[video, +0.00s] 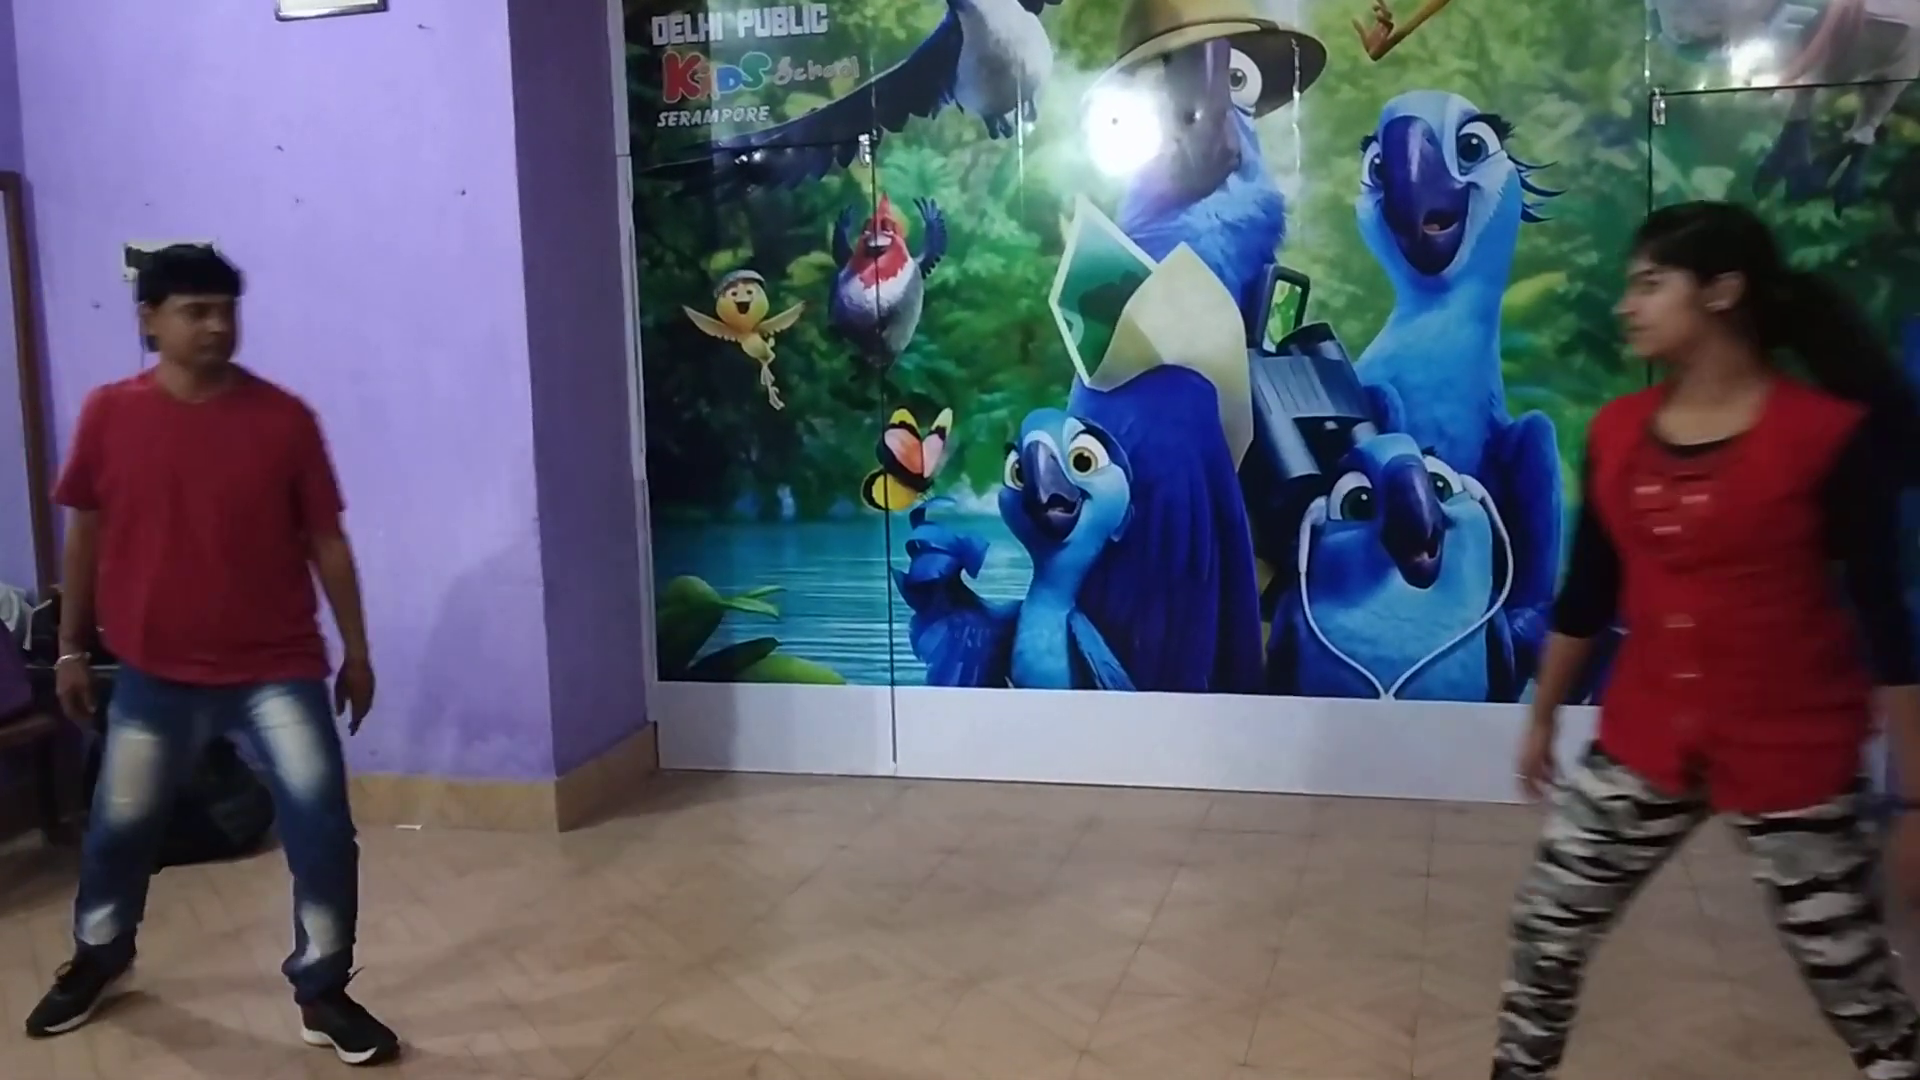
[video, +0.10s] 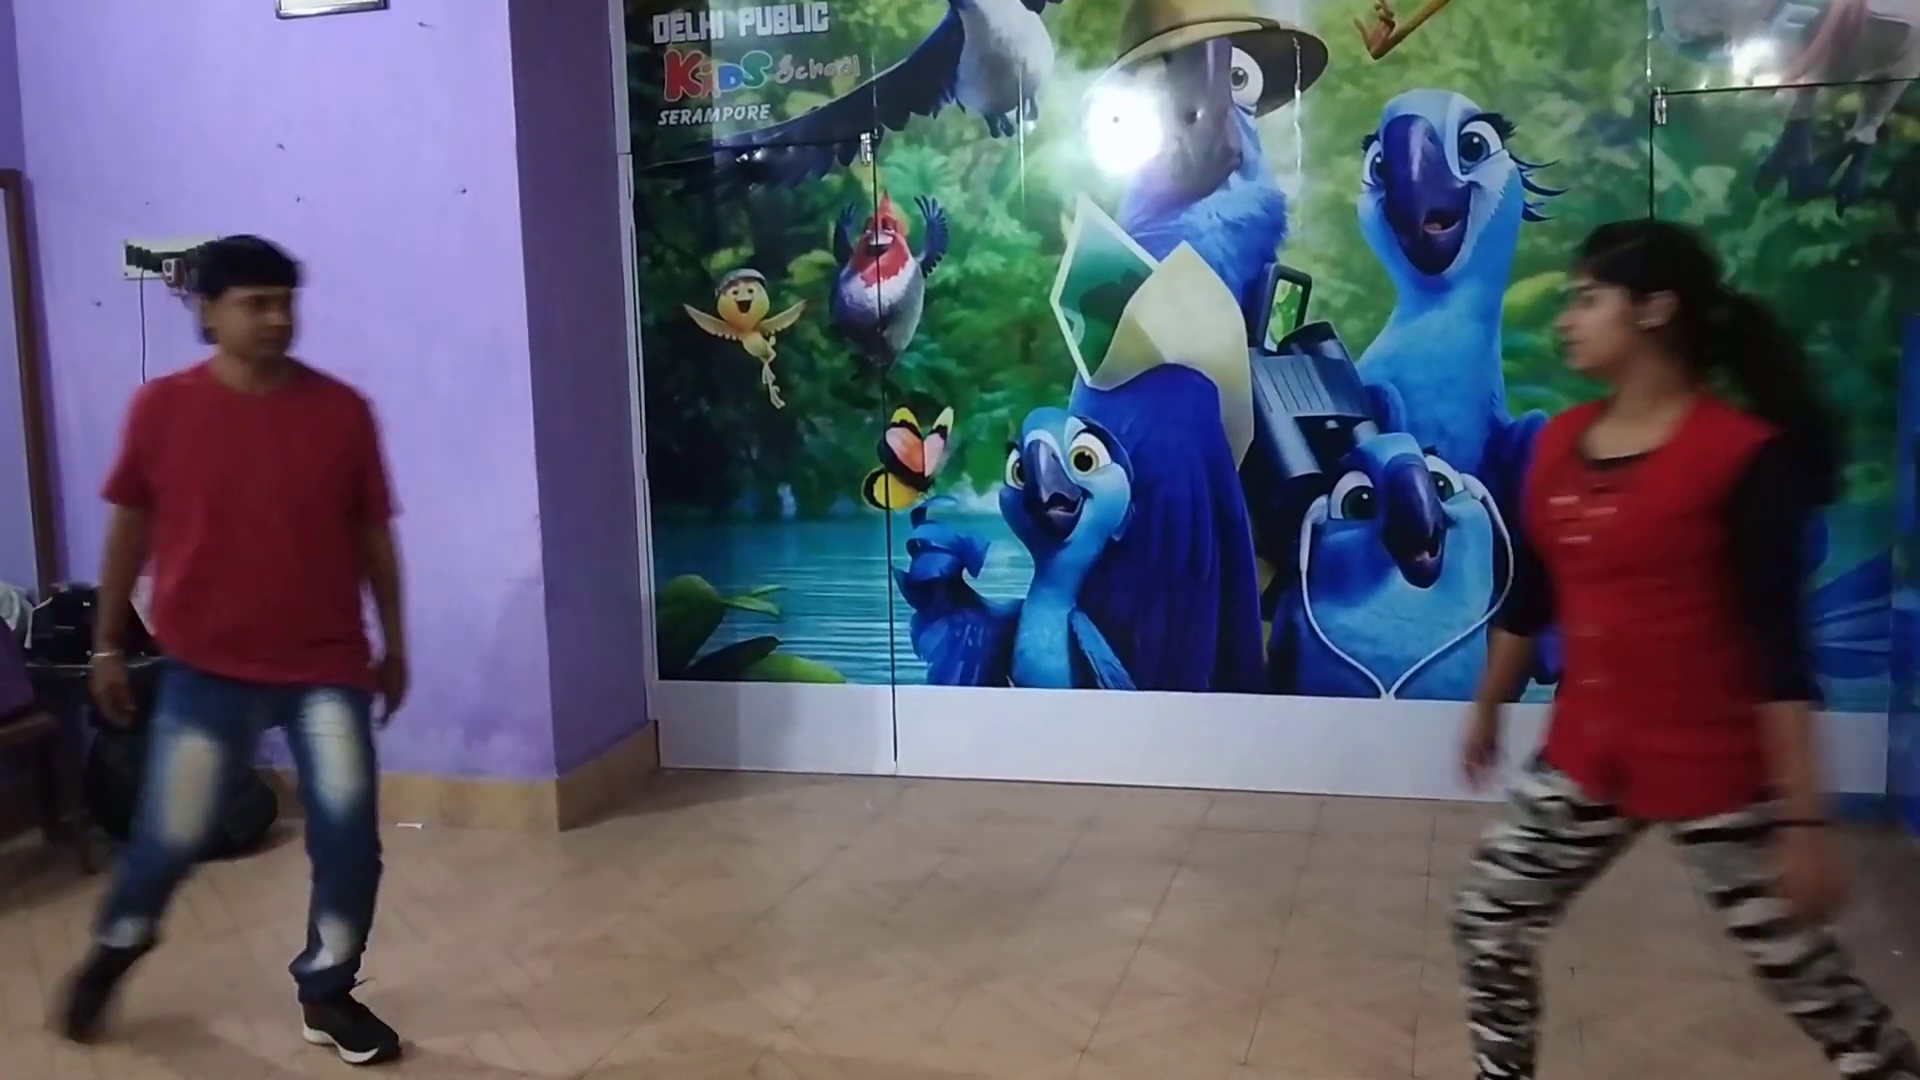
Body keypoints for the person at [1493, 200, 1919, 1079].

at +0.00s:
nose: (1626, 306)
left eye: (1648, 284)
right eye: (1629, 286)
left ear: (1721, 293)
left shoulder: (1831, 437)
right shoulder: (1619, 432)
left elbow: (1889, 624)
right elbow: (1589, 587)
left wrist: (1911, 802)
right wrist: (1541, 713)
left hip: (1793, 753)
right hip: (1645, 743)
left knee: (1855, 992)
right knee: (1546, 933)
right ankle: (1517, 1071)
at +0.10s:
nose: (1565, 321)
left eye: (1586, 300)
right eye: (1569, 301)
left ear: (1652, 311)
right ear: (1628, 315)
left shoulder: (1745, 455)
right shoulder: (1559, 446)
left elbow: (1779, 641)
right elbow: (1529, 591)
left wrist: (1804, 816)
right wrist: (1487, 705)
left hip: (1714, 766)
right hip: (1590, 756)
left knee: (1804, 979)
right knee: (1487, 921)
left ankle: (1892, 1065)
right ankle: (1503, 1071)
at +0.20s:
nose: (1490, 325)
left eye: (1509, 308)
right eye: (1495, 307)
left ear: (1571, 323)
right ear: (1554, 323)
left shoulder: (1631, 465)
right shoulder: (1495, 445)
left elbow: (1644, 648)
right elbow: (1462, 579)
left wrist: (1646, 815)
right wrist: (1412, 682)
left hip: (1621, 762)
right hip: (1514, 748)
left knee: (1684, 982)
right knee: (1430, 920)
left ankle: (1807, 1065)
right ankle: (1482, 1071)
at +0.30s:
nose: (1416, 329)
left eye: (1433, 313)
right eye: (1422, 311)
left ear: (1490, 329)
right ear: (1477, 328)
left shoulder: (1537, 468)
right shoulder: (1439, 443)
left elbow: (1505, 643)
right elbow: (1391, 563)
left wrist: (1462, 786)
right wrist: (1333, 654)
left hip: (1531, 768)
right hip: (1443, 755)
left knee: (1479, 985)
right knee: (1395, 925)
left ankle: (1660, 1070)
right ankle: (1465, 1068)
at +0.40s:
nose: (1346, 335)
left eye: (1364, 318)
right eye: (1352, 317)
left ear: (1419, 333)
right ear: (1406, 333)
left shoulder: (1457, 463)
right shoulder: (1379, 444)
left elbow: (1364, 619)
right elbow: (1313, 552)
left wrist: (1276, 727)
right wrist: (1246, 625)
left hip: (1454, 754)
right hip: (1391, 741)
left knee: (1312, 930)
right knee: (1376, 944)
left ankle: (1429, 1059)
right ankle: (1454, 1064)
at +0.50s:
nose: (1278, 336)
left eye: (1294, 318)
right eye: (1283, 318)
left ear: (1348, 333)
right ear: (1342, 336)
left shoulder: (1374, 464)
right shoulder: (1323, 447)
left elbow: (1242, 566)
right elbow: (1231, 556)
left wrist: (1115, 649)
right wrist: (1145, 619)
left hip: (1368, 745)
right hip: (1330, 737)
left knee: (1208, 905)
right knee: (1356, 943)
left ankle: (1196, 1065)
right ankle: (1463, 1071)